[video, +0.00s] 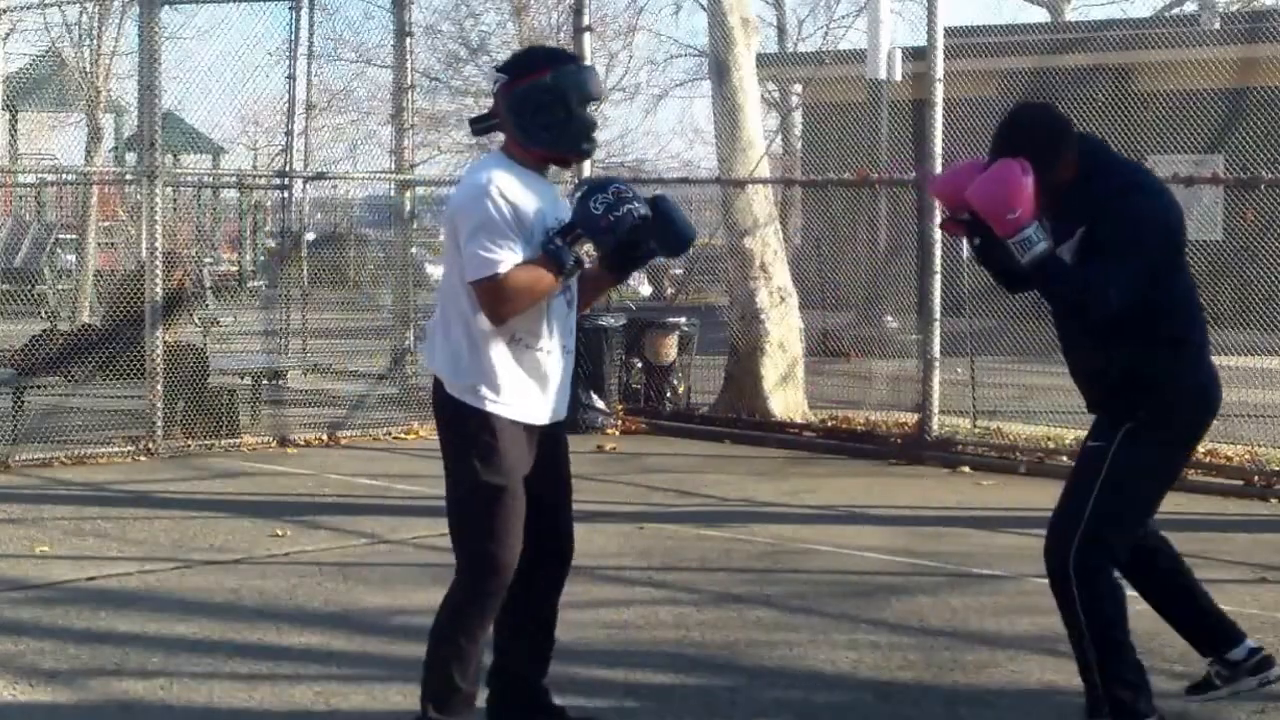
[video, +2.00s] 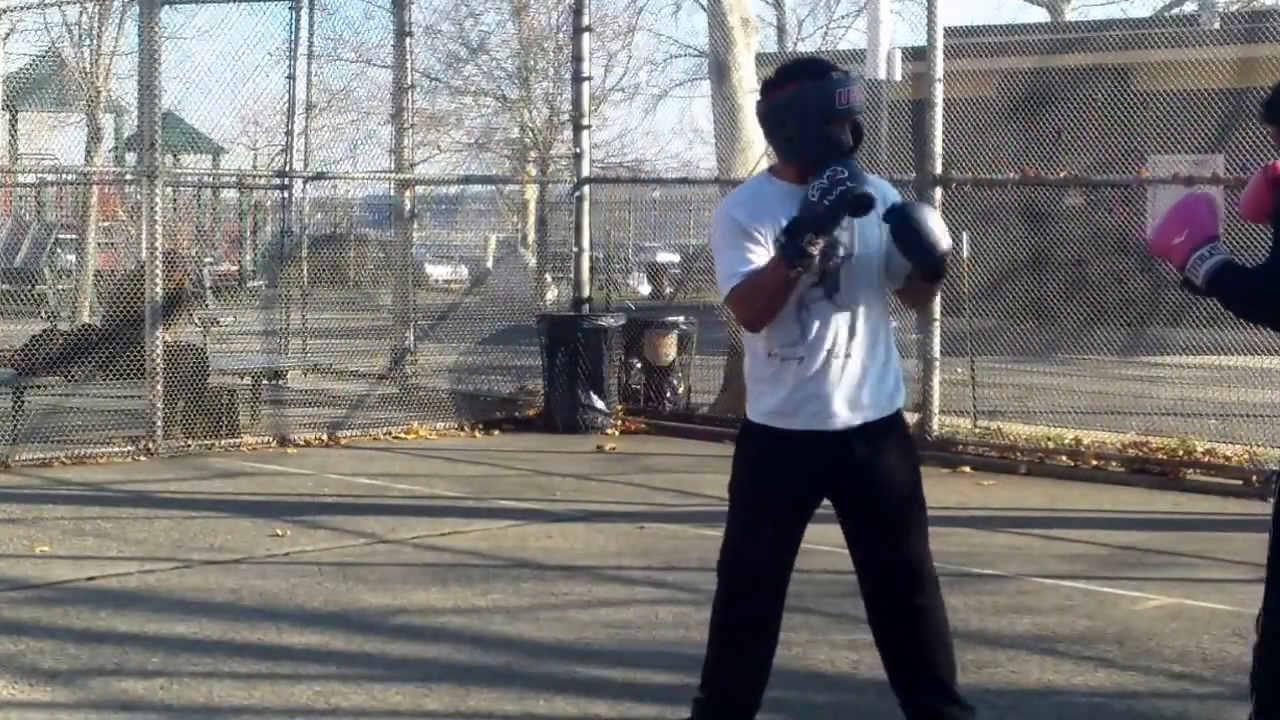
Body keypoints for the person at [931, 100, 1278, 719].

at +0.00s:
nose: (1020, 199)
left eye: (1025, 183)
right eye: (1015, 185)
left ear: (1060, 167)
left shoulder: (1134, 204)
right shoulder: (1063, 194)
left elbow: (1099, 307)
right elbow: (1026, 278)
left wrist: (1032, 241)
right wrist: (980, 231)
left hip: (1165, 402)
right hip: (1127, 400)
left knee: (1075, 551)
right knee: (1120, 535)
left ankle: (1123, 706)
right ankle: (1237, 656)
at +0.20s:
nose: (1060, 188)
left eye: (1060, 173)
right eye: (1052, 176)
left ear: (1093, 152)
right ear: (1092, 150)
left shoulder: (1164, 189)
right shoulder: (1113, 187)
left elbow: (1121, 286)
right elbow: (1070, 276)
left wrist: (1050, 215)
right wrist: (1022, 224)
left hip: (1192, 407)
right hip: (1182, 403)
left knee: (1090, 551)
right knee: (1192, 555)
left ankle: (1121, 708)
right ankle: (1267, 697)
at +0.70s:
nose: (1080, 186)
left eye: (1081, 173)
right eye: (1074, 174)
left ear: (1114, 158)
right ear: (1124, 150)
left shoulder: (1177, 204)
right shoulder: (1174, 180)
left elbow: (1108, 297)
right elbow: (1080, 282)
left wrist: (1059, 210)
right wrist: (1036, 221)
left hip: (1205, 415)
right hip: (1248, 409)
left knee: (1117, 562)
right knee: (1220, 555)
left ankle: (1112, 707)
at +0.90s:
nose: (1169, 163)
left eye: (1173, 148)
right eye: (1166, 151)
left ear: (1203, 136)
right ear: (1223, 129)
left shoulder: (1237, 199)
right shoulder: (1256, 183)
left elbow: (1162, 255)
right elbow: (1155, 242)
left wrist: (1099, 192)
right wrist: (1095, 191)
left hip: (1233, 426)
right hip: (1256, 424)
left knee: (1131, 565)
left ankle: (1110, 709)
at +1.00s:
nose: (1226, 156)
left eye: (1231, 140)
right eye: (1223, 143)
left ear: (1262, 132)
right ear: (1263, 134)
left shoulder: (1272, 202)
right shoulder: (1265, 200)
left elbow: (1223, 276)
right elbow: (1221, 277)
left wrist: (1185, 195)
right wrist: (1169, 213)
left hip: (1255, 431)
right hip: (1254, 426)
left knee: (1162, 568)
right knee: (1164, 567)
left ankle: (1119, 707)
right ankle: (1122, 705)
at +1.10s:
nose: (1265, 153)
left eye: (1269, 140)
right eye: (1263, 141)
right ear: (1261, 140)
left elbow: (1262, 272)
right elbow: (1262, 270)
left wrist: (1226, 198)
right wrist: (1228, 202)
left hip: (1278, 415)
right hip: (1276, 412)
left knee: (1216, 557)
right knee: (1217, 557)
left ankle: (1175, 704)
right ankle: (1176, 702)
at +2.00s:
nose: (1268, 150)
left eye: (1270, 135)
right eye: (1267, 135)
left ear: (1277, 137)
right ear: (1265, 137)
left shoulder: (1276, 214)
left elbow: (1269, 301)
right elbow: (1268, 300)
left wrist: (1205, 263)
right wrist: (1209, 264)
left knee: (1278, 617)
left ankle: (1268, 699)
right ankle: (1266, 697)